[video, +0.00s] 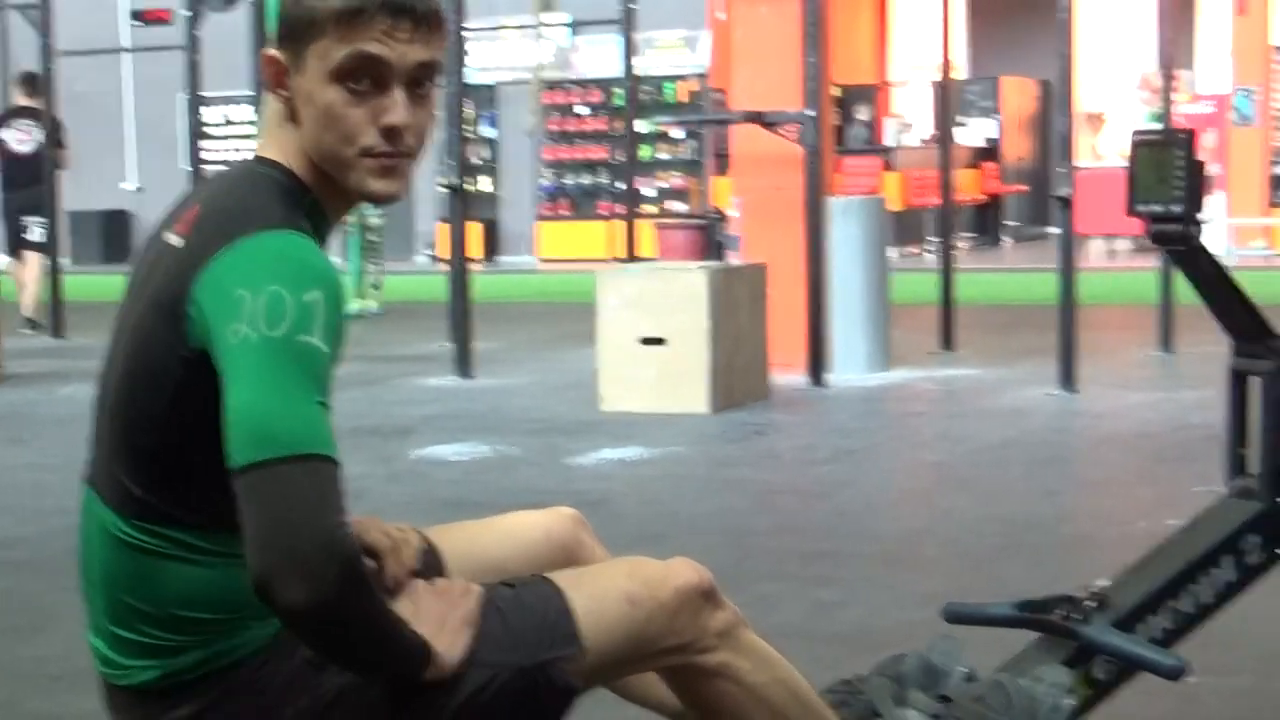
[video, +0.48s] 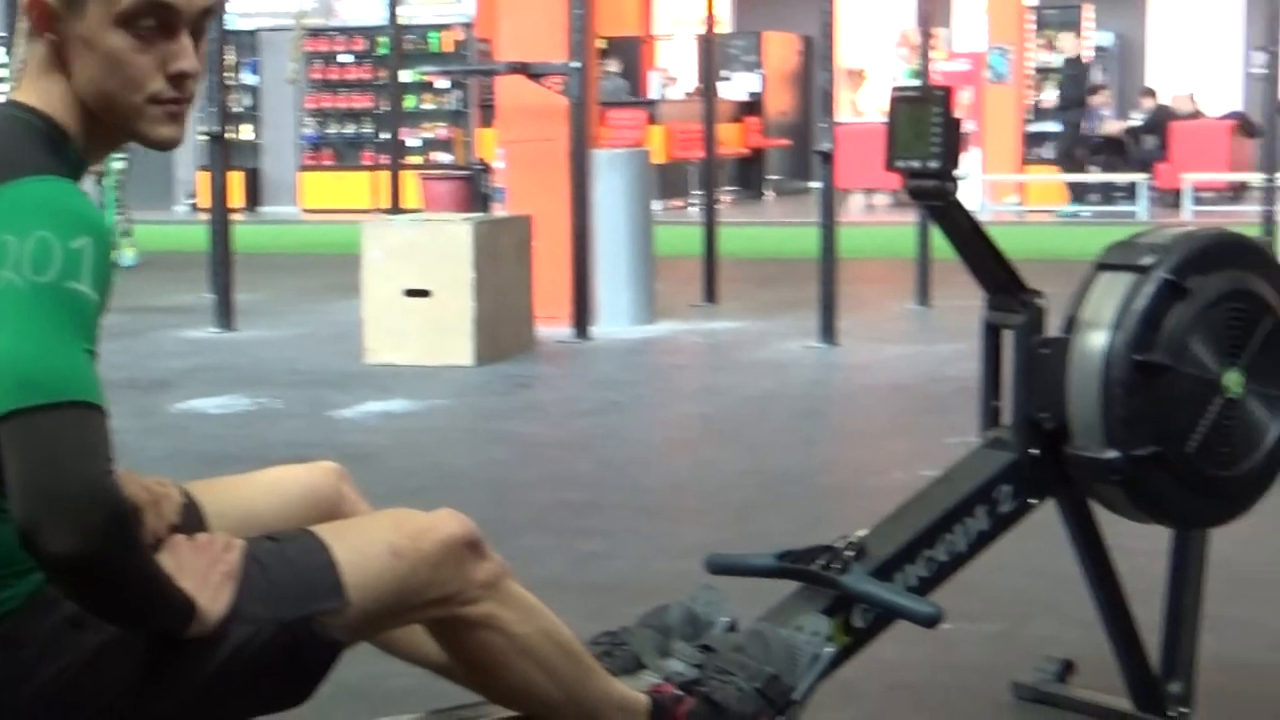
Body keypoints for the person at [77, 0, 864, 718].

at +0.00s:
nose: (400, 118)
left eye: (422, 85)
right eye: (363, 81)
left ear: (442, 91)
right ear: (283, 82)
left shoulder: (259, 218)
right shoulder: (271, 256)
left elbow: (215, 470)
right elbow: (297, 571)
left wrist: (343, 538)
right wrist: (411, 659)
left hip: (222, 617)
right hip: (236, 679)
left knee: (560, 538)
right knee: (688, 599)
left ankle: (720, 702)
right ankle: (829, 710)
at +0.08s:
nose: (357, 111)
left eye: (379, 76)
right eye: (319, 73)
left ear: (399, 80)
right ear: (238, 73)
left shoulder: (204, 210)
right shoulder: (229, 249)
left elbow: (164, 469)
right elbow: (253, 566)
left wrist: (301, 530)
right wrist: (367, 651)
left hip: (180, 621)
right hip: (191, 677)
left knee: (516, 531)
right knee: (644, 592)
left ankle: (697, 700)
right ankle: (786, 707)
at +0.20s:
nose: (310, 106)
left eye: (331, 69)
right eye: (272, 65)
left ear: (351, 68)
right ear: (188, 58)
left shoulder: (142, 195)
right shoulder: (180, 237)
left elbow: (109, 462)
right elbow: (206, 556)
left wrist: (247, 518)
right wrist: (319, 644)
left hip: (115, 607)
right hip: (137, 667)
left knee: (466, 523)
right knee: (596, 581)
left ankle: (652, 695)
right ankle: (746, 709)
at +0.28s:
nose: (273, 94)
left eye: (296, 60)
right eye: (236, 55)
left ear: (318, 66)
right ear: (151, 52)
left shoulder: (115, 180)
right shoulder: (144, 222)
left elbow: (61, 434)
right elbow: (170, 536)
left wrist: (204, 503)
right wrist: (287, 623)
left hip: (91, 597)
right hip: (93, 658)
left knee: (431, 510)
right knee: (555, 568)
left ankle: (641, 694)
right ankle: (719, 710)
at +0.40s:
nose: (214, 74)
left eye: (233, 41)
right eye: (173, 35)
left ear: (249, 45)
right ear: (86, 31)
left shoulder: (52, 168)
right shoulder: (80, 206)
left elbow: (36, 433)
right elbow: (108, 522)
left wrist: (146, 492)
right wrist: (220, 609)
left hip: (57, 586)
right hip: (53, 642)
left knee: (366, 492)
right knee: (490, 551)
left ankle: (590, 689)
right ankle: (666, 710)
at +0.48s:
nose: (186, 64)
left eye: (196, 32)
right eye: (144, 29)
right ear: (48, 27)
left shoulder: (43, 176)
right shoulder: (41, 205)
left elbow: (52, 453)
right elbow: (62, 515)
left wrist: (152, 506)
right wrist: (171, 607)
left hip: (49, 583)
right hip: (40, 637)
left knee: (322, 491)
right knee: (450, 549)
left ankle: (555, 687)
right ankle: (629, 708)